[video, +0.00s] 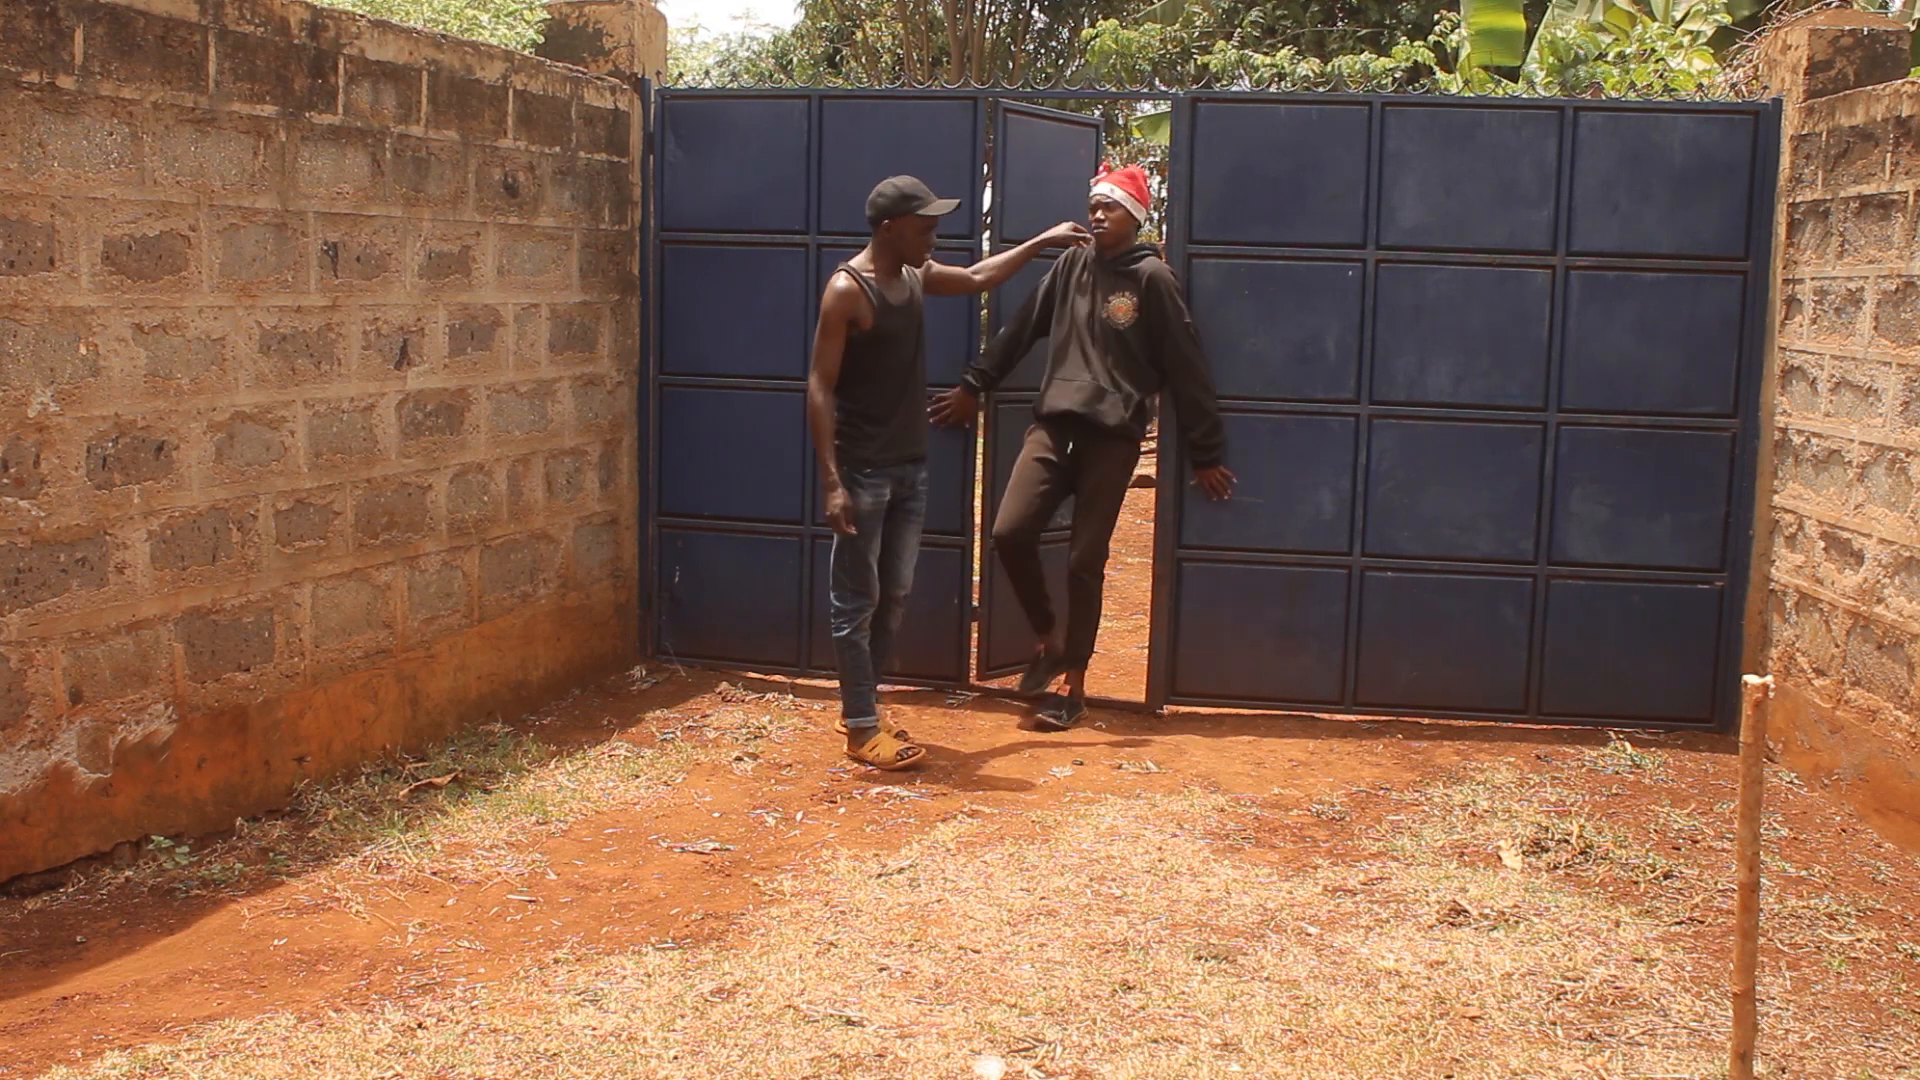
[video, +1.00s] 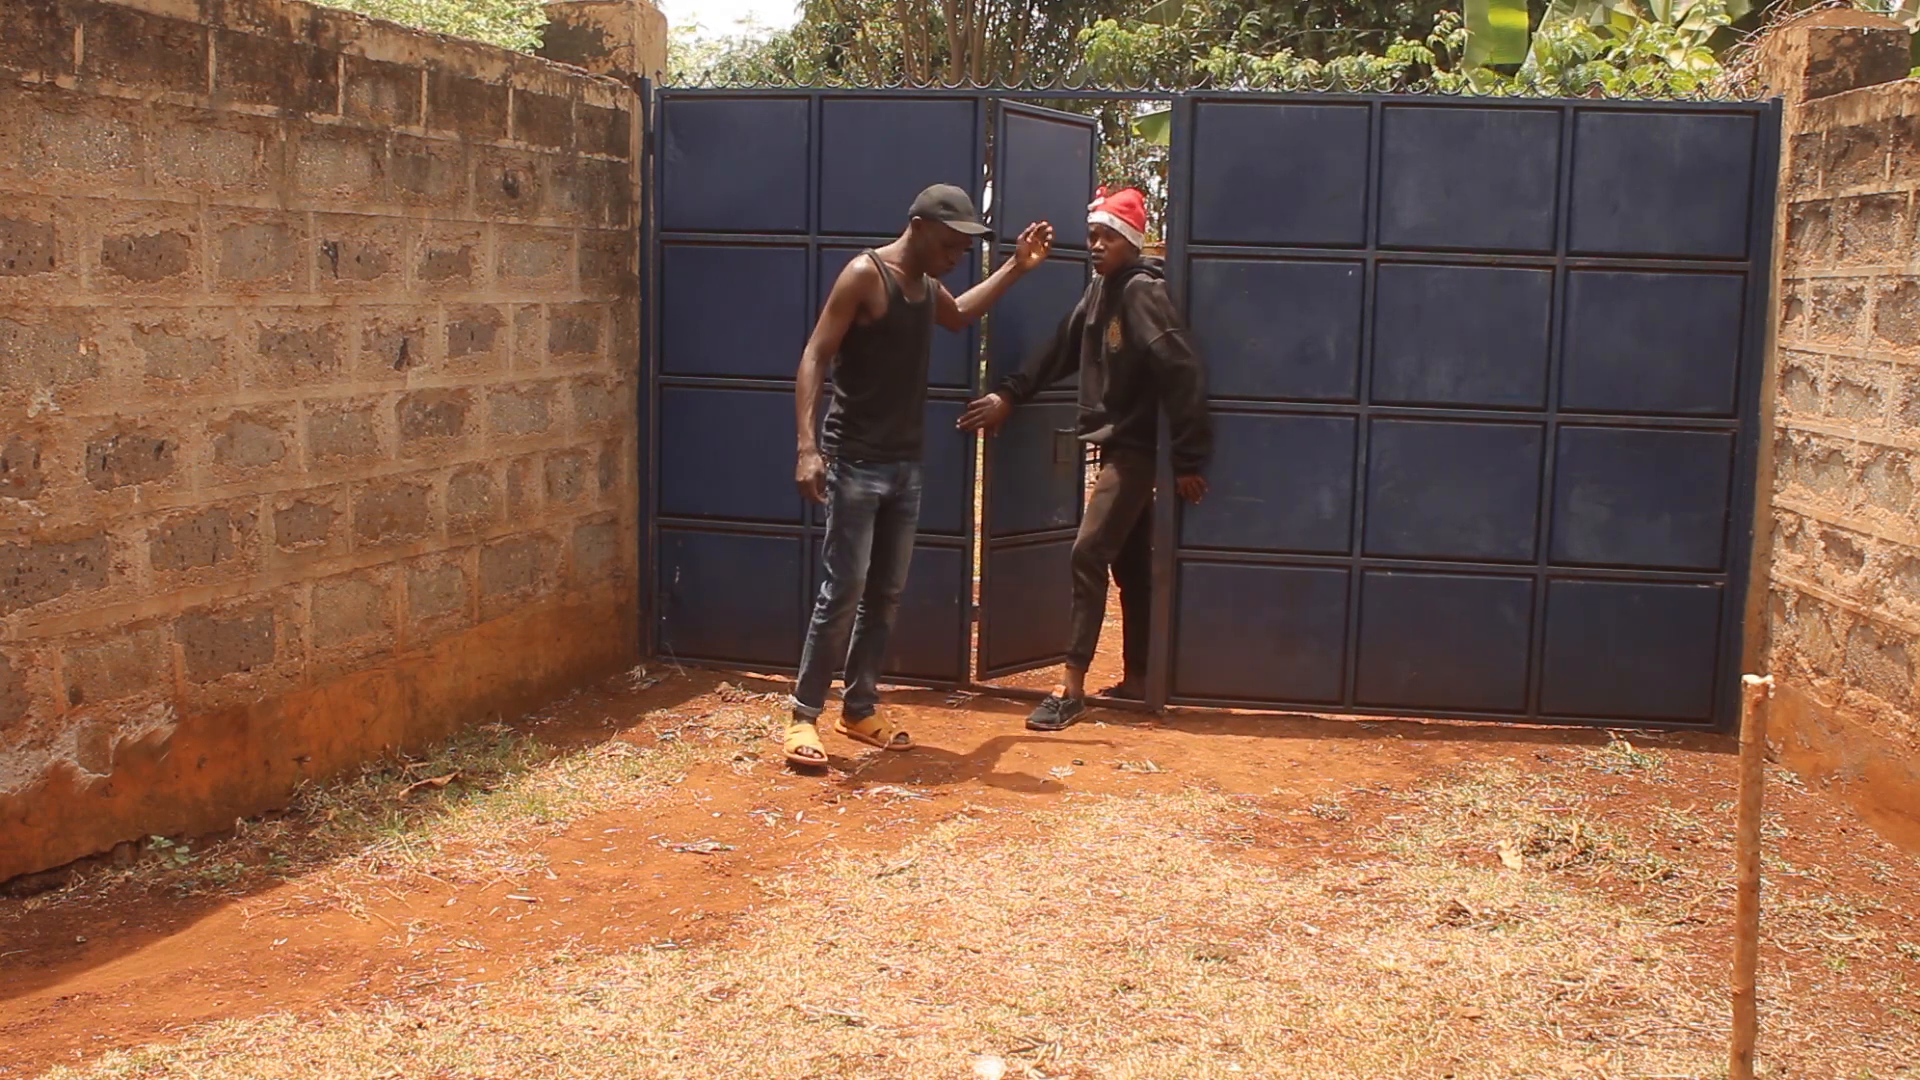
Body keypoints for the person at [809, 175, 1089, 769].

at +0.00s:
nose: (934, 235)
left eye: (934, 226)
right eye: (925, 226)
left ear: (906, 230)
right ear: (889, 227)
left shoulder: (913, 272)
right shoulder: (845, 291)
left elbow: (978, 277)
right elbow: (819, 389)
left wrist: (1043, 241)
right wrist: (831, 482)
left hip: (909, 464)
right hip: (859, 467)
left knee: (894, 593)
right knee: (855, 598)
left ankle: (864, 709)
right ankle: (862, 731)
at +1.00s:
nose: (957, 259)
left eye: (962, 249)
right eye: (952, 246)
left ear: (947, 240)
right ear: (919, 229)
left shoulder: (924, 283)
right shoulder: (863, 275)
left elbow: (960, 312)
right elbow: (813, 360)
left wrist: (1015, 266)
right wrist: (807, 448)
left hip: (904, 464)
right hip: (854, 462)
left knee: (885, 593)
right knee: (844, 589)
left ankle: (859, 713)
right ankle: (803, 718)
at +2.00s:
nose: (906, 222)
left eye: (903, 212)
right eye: (898, 213)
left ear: (870, 219)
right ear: (871, 219)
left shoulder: (873, 280)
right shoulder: (824, 288)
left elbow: (869, 386)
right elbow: (795, 387)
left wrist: (891, 460)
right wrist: (840, 471)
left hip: (878, 475)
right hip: (833, 478)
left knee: (878, 608)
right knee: (828, 623)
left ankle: (864, 723)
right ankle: (813, 760)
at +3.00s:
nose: (909, 218)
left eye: (906, 208)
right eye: (901, 210)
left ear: (873, 220)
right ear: (869, 221)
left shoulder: (885, 279)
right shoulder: (831, 293)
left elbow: (881, 381)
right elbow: (804, 398)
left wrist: (924, 437)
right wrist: (829, 496)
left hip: (887, 477)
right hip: (842, 484)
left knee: (871, 613)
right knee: (827, 626)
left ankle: (861, 724)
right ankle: (814, 759)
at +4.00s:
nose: (961, 234)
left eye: (960, 224)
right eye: (955, 224)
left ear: (923, 224)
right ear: (930, 224)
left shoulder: (915, 276)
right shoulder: (894, 277)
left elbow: (966, 308)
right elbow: (878, 379)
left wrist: (1040, 294)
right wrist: (907, 470)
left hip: (891, 462)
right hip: (858, 461)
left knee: (890, 600)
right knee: (838, 602)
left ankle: (863, 725)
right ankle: (792, 740)